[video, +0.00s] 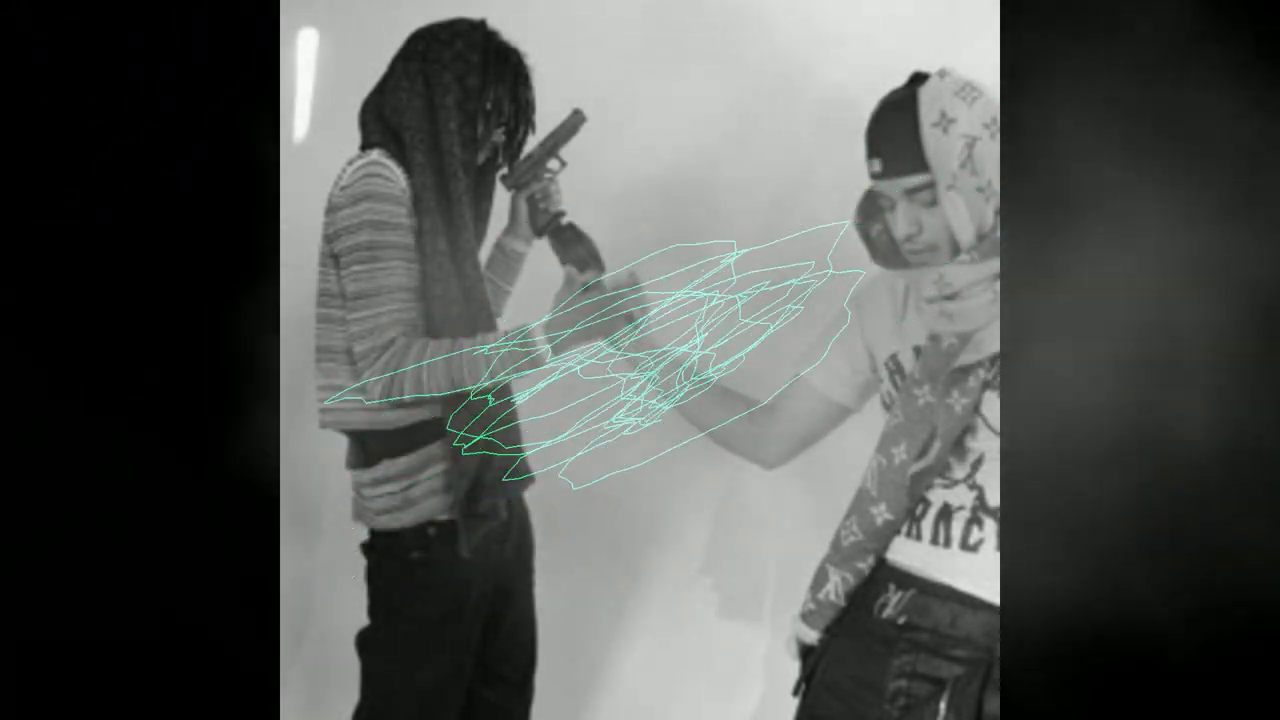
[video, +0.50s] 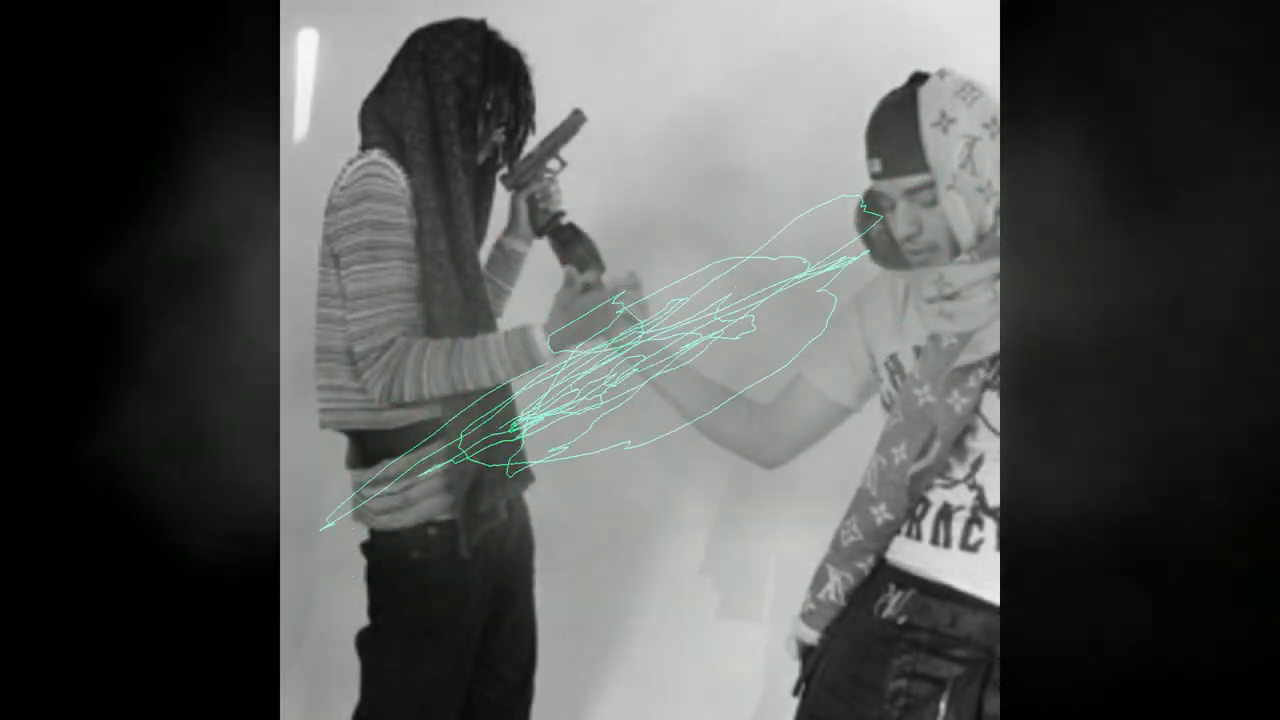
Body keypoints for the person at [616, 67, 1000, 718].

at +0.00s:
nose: (903, 227)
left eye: (924, 198)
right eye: (884, 204)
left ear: (979, 186)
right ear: (872, 205)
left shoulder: (1028, 288)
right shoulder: (892, 301)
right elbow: (768, 435)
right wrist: (636, 339)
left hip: (1001, 642)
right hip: (881, 618)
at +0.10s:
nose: (903, 226)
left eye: (925, 197)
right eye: (884, 202)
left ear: (983, 184)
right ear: (872, 201)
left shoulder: (1037, 289)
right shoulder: (894, 300)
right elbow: (768, 436)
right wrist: (634, 342)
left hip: (1007, 643)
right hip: (885, 618)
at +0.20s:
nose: (903, 226)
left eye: (925, 196)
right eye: (887, 204)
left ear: (987, 186)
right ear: (878, 209)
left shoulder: (1043, 295)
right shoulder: (896, 302)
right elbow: (767, 436)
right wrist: (639, 345)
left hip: (993, 643)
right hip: (877, 613)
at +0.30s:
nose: (903, 227)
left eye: (924, 199)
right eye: (885, 204)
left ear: (980, 185)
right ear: (873, 206)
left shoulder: (1037, 292)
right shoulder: (889, 304)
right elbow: (768, 436)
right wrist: (638, 339)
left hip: (997, 639)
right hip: (879, 613)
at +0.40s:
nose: (902, 227)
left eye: (923, 198)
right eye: (884, 204)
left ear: (979, 184)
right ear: (872, 205)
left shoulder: (1034, 291)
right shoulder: (892, 303)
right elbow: (769, 435)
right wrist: (636, 343)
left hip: (992, 638)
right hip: (879, 612)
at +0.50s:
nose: (904, 227)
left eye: (926, 198)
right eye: (885, 205)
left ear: (981, 184)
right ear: (872, 203)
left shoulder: (1039, 287)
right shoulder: (890, 304)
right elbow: (769, 435)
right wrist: (635, 339)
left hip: (1004, 639)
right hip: (889, 615)